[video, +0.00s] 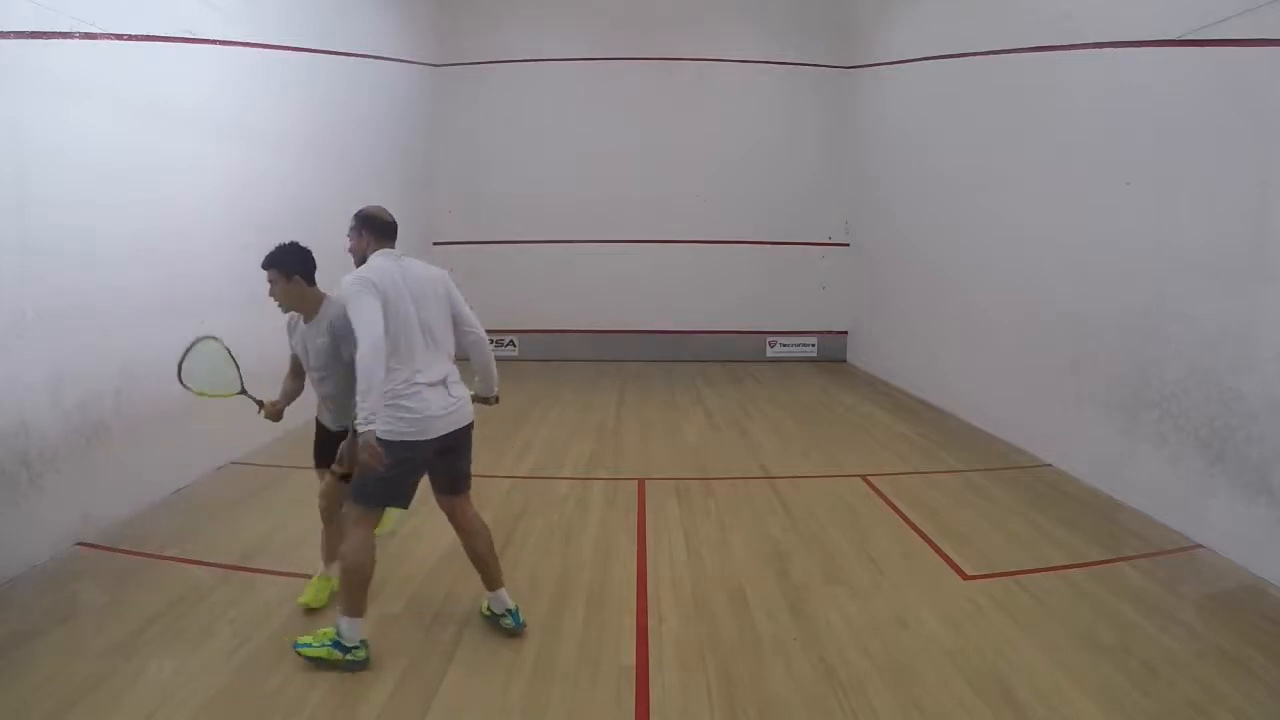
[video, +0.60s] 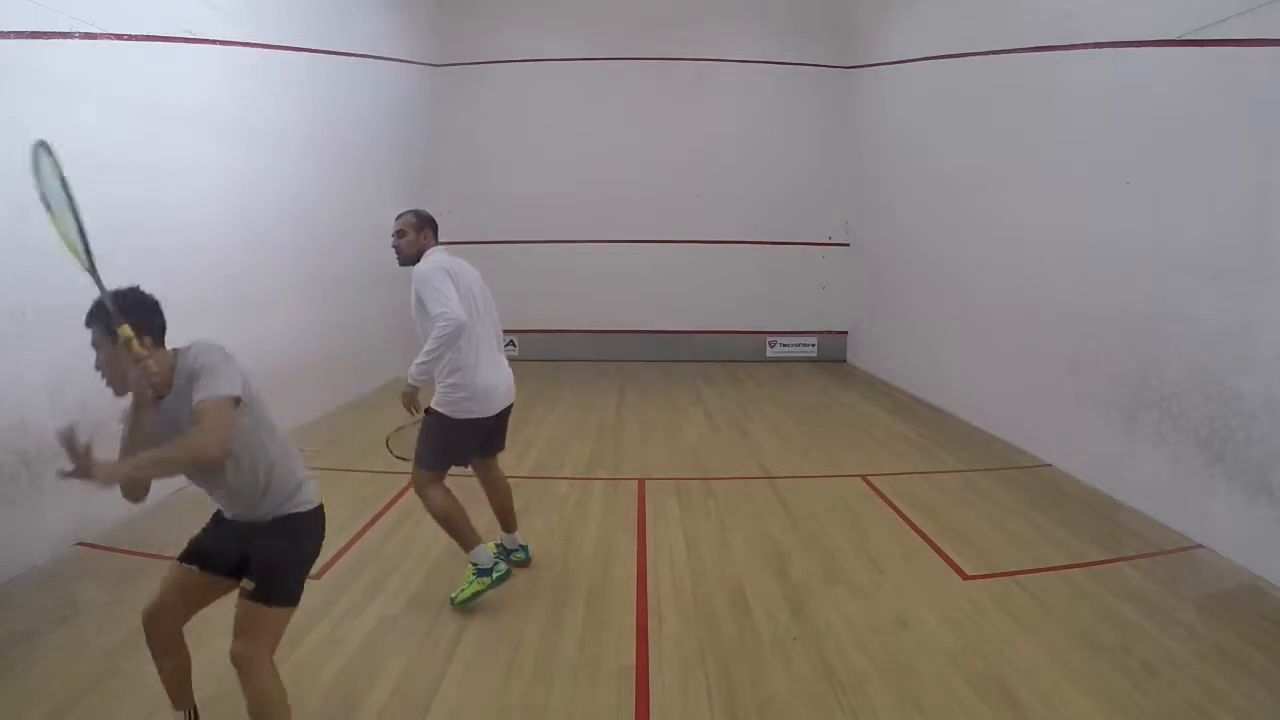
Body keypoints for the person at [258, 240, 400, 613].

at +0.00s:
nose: (270, 293)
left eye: (273, 283)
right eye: (269, 284)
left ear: (297, 280)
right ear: (295, 281)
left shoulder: (341, 316)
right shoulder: (295, 324)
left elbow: (368, 378)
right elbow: (296, 374)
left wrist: (355, 438)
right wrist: (280, 401)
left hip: (358, 425)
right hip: (327, 423)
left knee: (329, 502)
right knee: (334, 494)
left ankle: (329, 571)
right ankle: (388, 502)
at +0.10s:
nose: (248, 295)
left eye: (253, 284)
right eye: (247, 285)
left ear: (280, 283)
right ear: (276, 285)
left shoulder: (328, 323)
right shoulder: (270, 331)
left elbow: (352, 393)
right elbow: (272, 381)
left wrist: (333, 450)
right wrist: (261, 405)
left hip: (343, 435)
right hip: (302, 432)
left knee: (317, 513)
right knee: (286, 518)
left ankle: (322, 577)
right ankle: (326, 527)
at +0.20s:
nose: (222, 293)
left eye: (227, 282)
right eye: (220, 284)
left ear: (257, 281)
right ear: (249, 285)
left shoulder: (309, 324)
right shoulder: (243, 336)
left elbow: (337, 391)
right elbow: (242, 390)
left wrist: (304, 446)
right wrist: (234, 410)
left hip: (327, 443)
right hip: (280, 439)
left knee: (312, 534)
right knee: (250, 530)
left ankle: (322, 578)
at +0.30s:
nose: (192, 296)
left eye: (196, 283)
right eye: (189, 285)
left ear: (225, 280)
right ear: (219, 284)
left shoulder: (279, 318)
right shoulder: (211, 343)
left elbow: (319, 382)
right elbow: (208, 422)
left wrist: (275, 428)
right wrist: (199, 414)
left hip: (307, 464)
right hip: (255, 464)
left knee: (304, 561)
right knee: (237, 567)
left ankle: (322, 572)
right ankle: (241, 681)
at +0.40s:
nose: (159, 310)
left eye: (164, 296)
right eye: (157, 299)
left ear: (198, 291)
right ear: (188, 296)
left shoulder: (258, 330)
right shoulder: (182, 358)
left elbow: (296, 389)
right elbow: (172, 446)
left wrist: (236, 420)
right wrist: (166, 422)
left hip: (289, 488)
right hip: (233, 487)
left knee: (282, 609)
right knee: (207, 593)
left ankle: (319, 597)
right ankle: (234, 697)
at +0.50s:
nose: (127, 320)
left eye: (132, 306)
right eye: (125, 309)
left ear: (163, 303)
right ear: (159, 307)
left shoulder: (234, 331)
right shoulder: (158, 370)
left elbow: (261, 394)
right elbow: (150, 461)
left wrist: (179, 420)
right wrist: (144, 410)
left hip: (287, 489)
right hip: (231, 493)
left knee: (252, 610)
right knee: (173, 599)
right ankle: (217, 691)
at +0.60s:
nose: (96, 364)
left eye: (100, 349)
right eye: (95, 351)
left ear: (134, 344)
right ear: (135, 346)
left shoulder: (209, 362)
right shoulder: (138, 410)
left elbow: (211, 446)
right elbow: (135, 491)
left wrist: (111, 469)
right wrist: (141, 406)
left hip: (291, 517)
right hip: (236, 519)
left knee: (251, 654)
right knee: (160, 620)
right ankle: (187, 714)